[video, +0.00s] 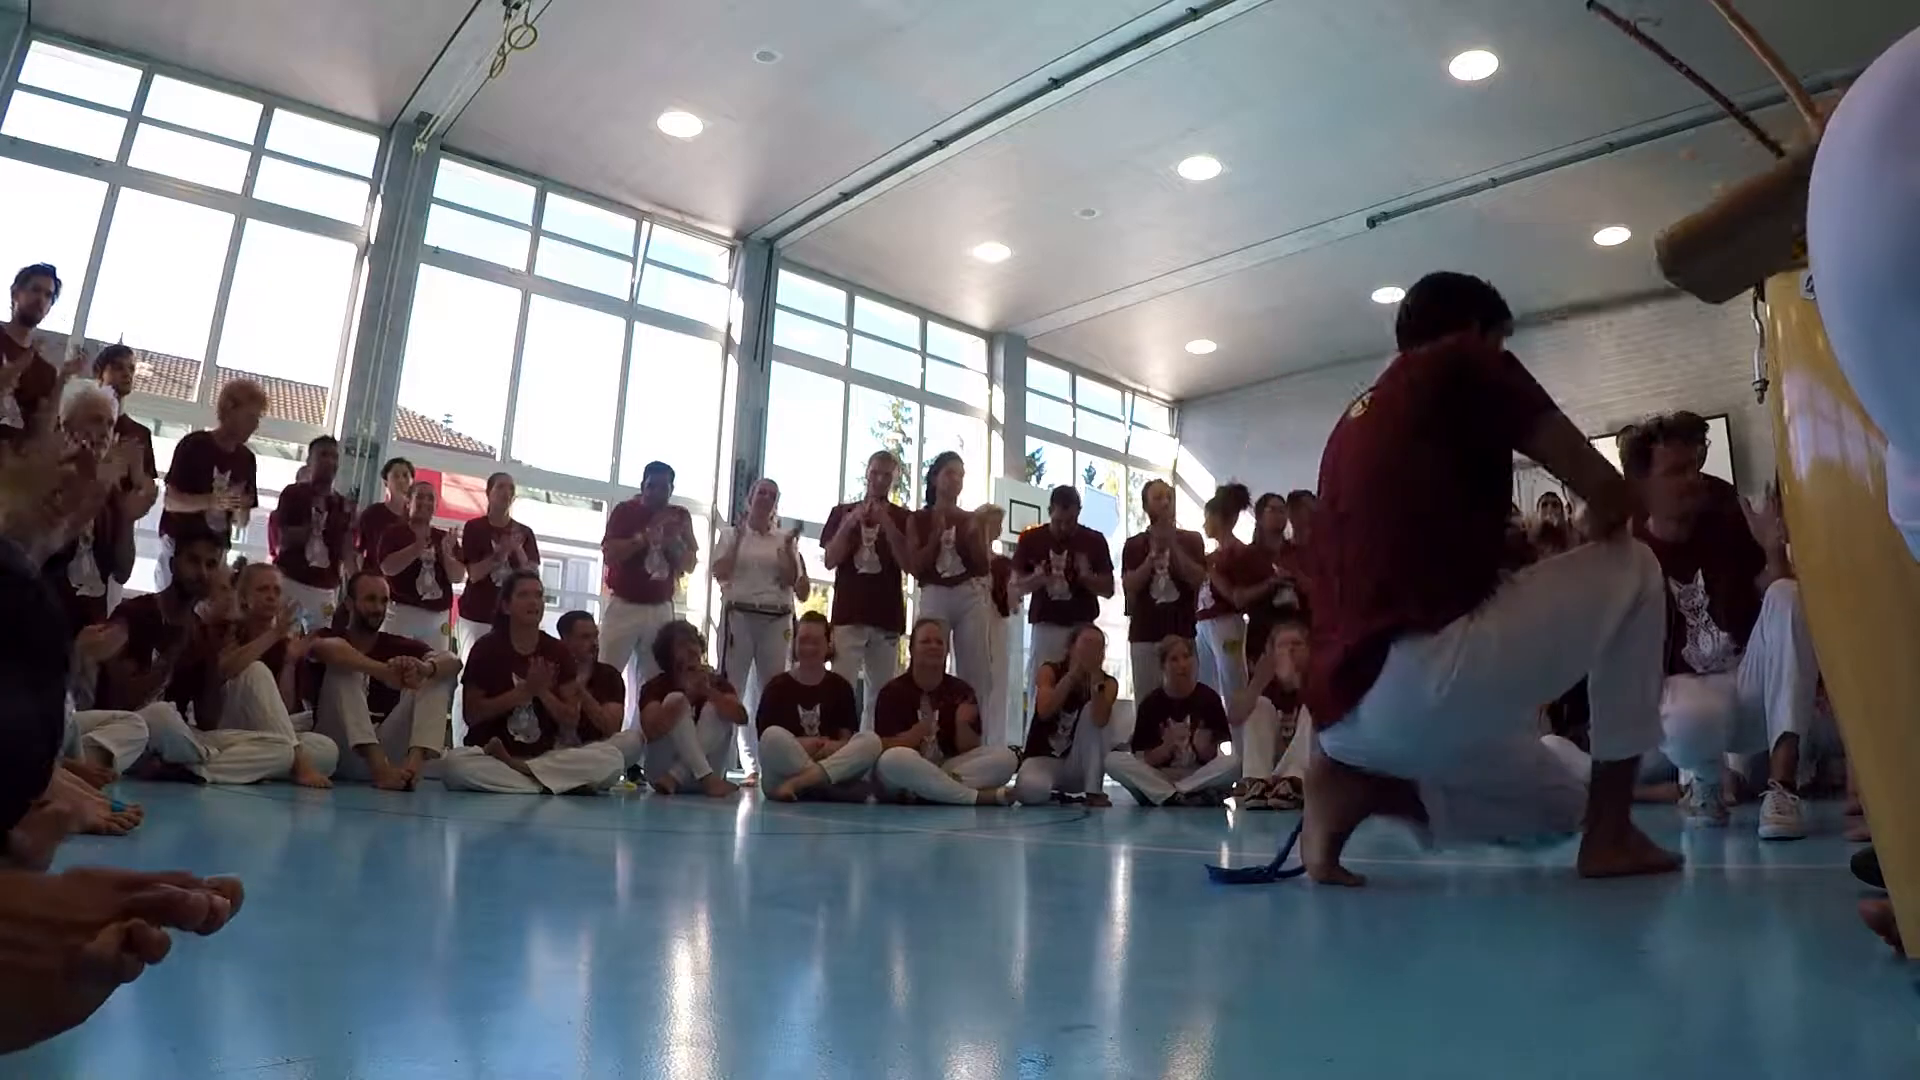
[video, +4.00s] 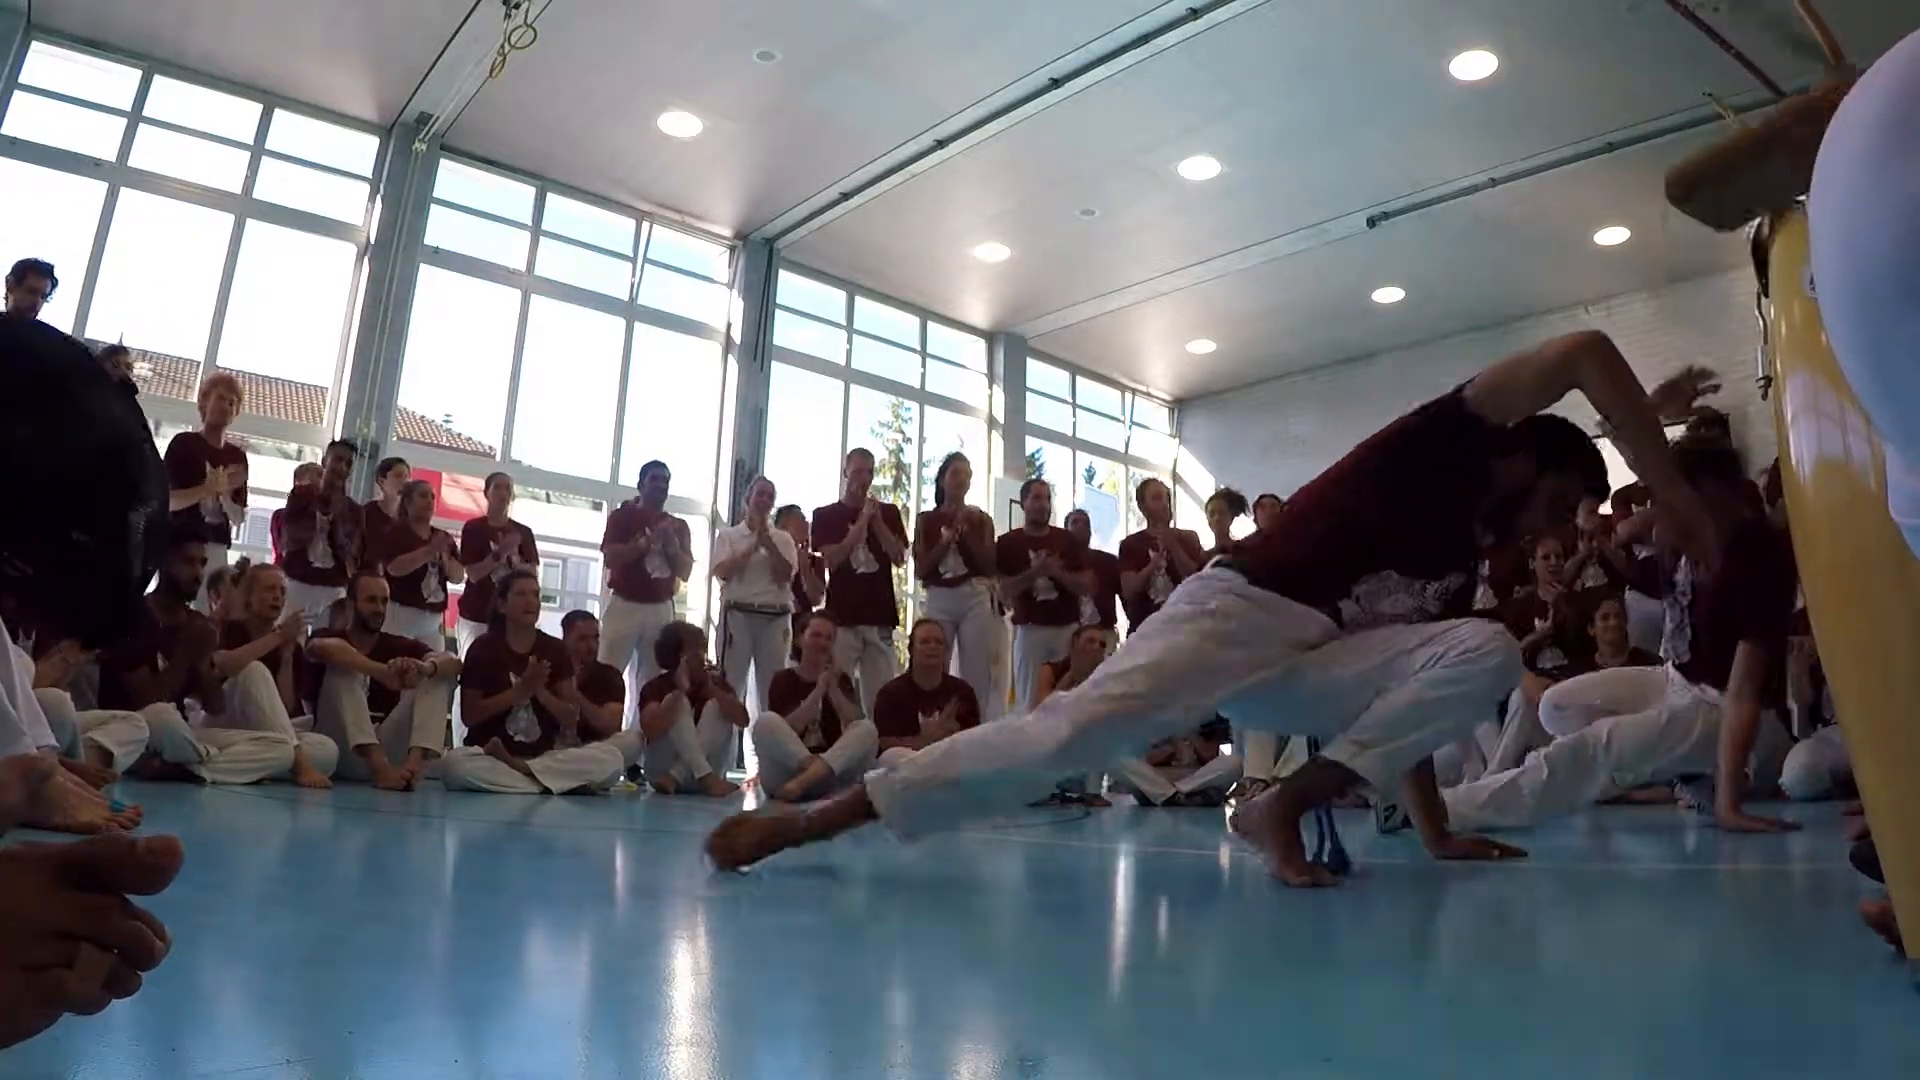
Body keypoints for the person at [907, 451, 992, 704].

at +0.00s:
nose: (955, 479)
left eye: (960, 474)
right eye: (949, 473)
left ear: (963, 481)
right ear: (934, 477)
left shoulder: (972, 520)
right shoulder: (917, 519)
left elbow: (982, 567)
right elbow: (915, 565)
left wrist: (972, 538)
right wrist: (935, 537)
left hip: (970, 594)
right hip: (933, 594)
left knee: (975, 676)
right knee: (929, 673)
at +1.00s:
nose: (972, 478)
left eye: (978, 475)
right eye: (966, 472)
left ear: (982, 483)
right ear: (953, 478)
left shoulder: (989, 516)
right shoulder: (934, 519)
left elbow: (994, 565)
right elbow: (928, 568)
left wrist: (973, 532)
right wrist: (953, 540)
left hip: (982, 595)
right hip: (945, 594)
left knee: (982, 678)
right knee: (939, 674)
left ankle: (982, 751)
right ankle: (938, 748)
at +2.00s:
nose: (961, 475)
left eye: (965, 471)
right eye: (954, 470)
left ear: (969, 480)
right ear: (940, 478)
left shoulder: (979, 518)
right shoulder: (923, 518)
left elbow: (986, 566)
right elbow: (918, 567)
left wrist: (964, 537)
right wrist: (943, 537)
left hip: (974, 597)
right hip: (935, 597)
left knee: (975, 678)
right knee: (931, 675)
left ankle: (974, 748)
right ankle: (930, 746)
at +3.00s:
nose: (965, 477)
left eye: (970, 473)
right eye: (959, 472)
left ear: (975, 482)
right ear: (947, 479)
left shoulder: (986, 516)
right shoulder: (932, 521)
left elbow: (993, 565)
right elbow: (927, 569)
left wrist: (972, 537)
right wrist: (949, 535)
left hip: (982, 597)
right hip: (944, 597)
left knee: (982, 681)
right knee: (940, 677)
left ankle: (981, 751)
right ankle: (937, 751)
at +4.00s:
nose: (962, 479)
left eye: (966, 474)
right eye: (955, 473)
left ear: (971, 480)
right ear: (942, 478)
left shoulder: (981, 519)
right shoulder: (927, 520)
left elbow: (988, 567)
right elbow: (921, 569)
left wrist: (966, 536)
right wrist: (944, 542)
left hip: (976, 598)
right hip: (938, 598)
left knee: (976, 675)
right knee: (933, 673)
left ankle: (976, 737)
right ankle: (932, 737)